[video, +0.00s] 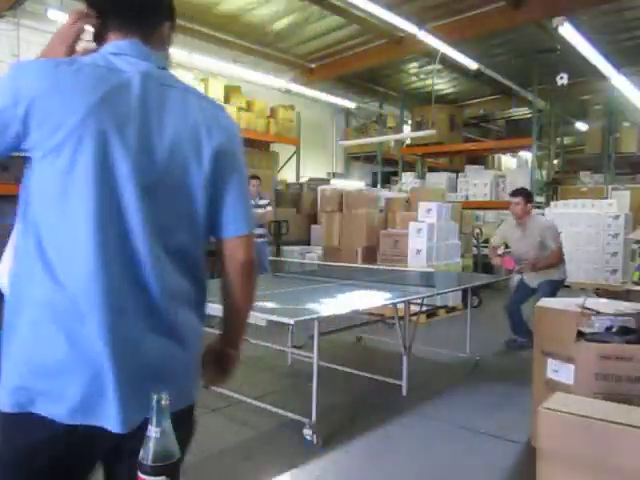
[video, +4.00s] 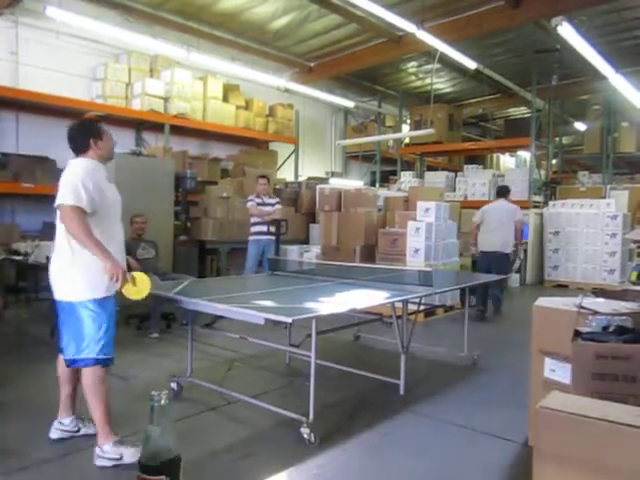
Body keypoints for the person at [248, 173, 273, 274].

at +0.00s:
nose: (255, 189)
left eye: (257, 186)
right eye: (253, 185)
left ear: (260, 186)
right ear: (248, 186)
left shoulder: (265, 201)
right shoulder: (244, 201)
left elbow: (270, 215)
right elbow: (245, 217)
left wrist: (254, 218)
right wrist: (262, 216)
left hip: (261, 237)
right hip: (247, 237)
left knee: (263, 265)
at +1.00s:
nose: (260, 188)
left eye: (262, 185)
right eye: (258, 185)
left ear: (265, 187)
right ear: (253, 186)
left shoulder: (269, 201)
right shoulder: (247, 199)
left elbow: (272, 217)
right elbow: (253, 213)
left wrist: (257, 215)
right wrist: (268, 214)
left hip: (266, 240)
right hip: (250, 240)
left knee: (266, 269)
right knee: (250, 270)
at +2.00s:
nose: (252, 188)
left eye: (255, 185)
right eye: (249, 185)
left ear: (258, 187)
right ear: (245, 187)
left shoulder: (265, 200)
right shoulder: (240, 200)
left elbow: (269, 216)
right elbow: (246, 214)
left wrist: (254, 219)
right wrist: (262, 214)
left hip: (262, 239)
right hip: (247, 239)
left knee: (265, 269)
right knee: (246, 270)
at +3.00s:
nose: (258, 187)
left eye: (260, 185)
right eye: (255, 185)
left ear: (262, 186)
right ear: (249, 187)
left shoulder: (268, 201)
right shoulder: (244, 199)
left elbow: (272, 215)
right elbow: (248, 211)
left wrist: (258, 216)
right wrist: (265, 212)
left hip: (265, 238)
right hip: (249, 238)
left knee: (266, 269)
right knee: (248, 270)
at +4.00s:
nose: (263, 187)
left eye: (265, 184)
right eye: (260, 184)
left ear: (268, 186)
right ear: (256, 186)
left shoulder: (275, 199)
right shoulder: (252, 198)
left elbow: (278, 215)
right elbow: (253, 211)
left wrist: (263, 217)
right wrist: (271, 212)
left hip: (270, 237)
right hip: (255, 237)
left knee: (269, 266)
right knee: (250, 267)